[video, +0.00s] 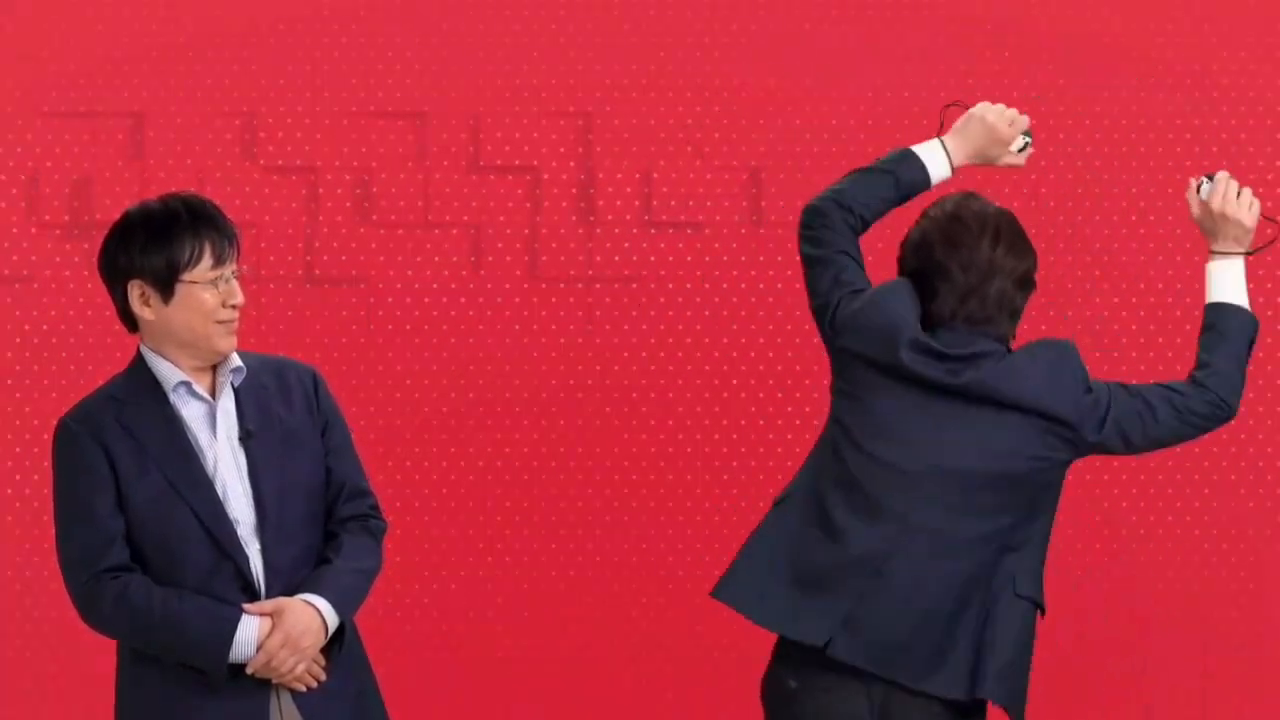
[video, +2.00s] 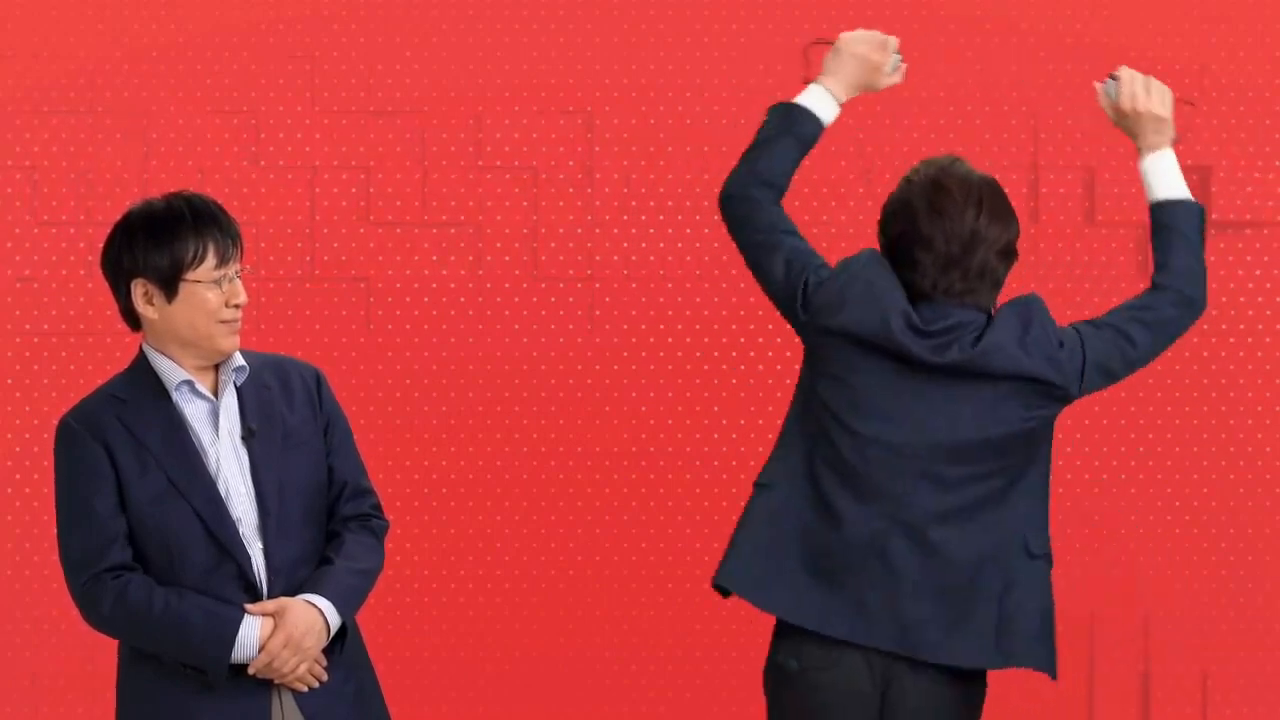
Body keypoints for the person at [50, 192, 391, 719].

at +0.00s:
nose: (236, 298)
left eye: (234, 278)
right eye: (212, 283)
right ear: (145, 301)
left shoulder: (301, 390)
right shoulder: (91, 434)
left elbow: (360, 525)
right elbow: (103, 591)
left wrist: (319, 612)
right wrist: (251, 639)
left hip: (332, 701)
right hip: (192, 708)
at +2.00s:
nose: (239, 297)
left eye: (237, 278)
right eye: (215, 282)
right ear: (148, 300)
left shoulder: (302, 388)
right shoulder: (93, 432)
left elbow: (362, 523)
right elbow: (104, 590)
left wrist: (321, 612)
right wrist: (251, 639)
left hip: (335, 700)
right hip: (192, 708)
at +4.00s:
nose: (233, 298)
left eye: (232, 278)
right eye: (210, 282)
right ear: (143, 300)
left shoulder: (296, 388)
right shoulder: (89, 433)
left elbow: (357, 522)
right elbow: (101, 591)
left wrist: (317, 611)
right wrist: (248, 638)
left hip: (330, 699)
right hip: (190, 707)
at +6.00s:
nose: (239, 298)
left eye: (237, 278)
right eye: (216, 283)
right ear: (148, 300)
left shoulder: (302, 389)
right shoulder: (93, 433)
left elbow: (363, 525)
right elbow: (104, 591)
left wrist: (320, 613)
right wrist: (252, 640)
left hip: (334, 700)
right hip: (193, 707)